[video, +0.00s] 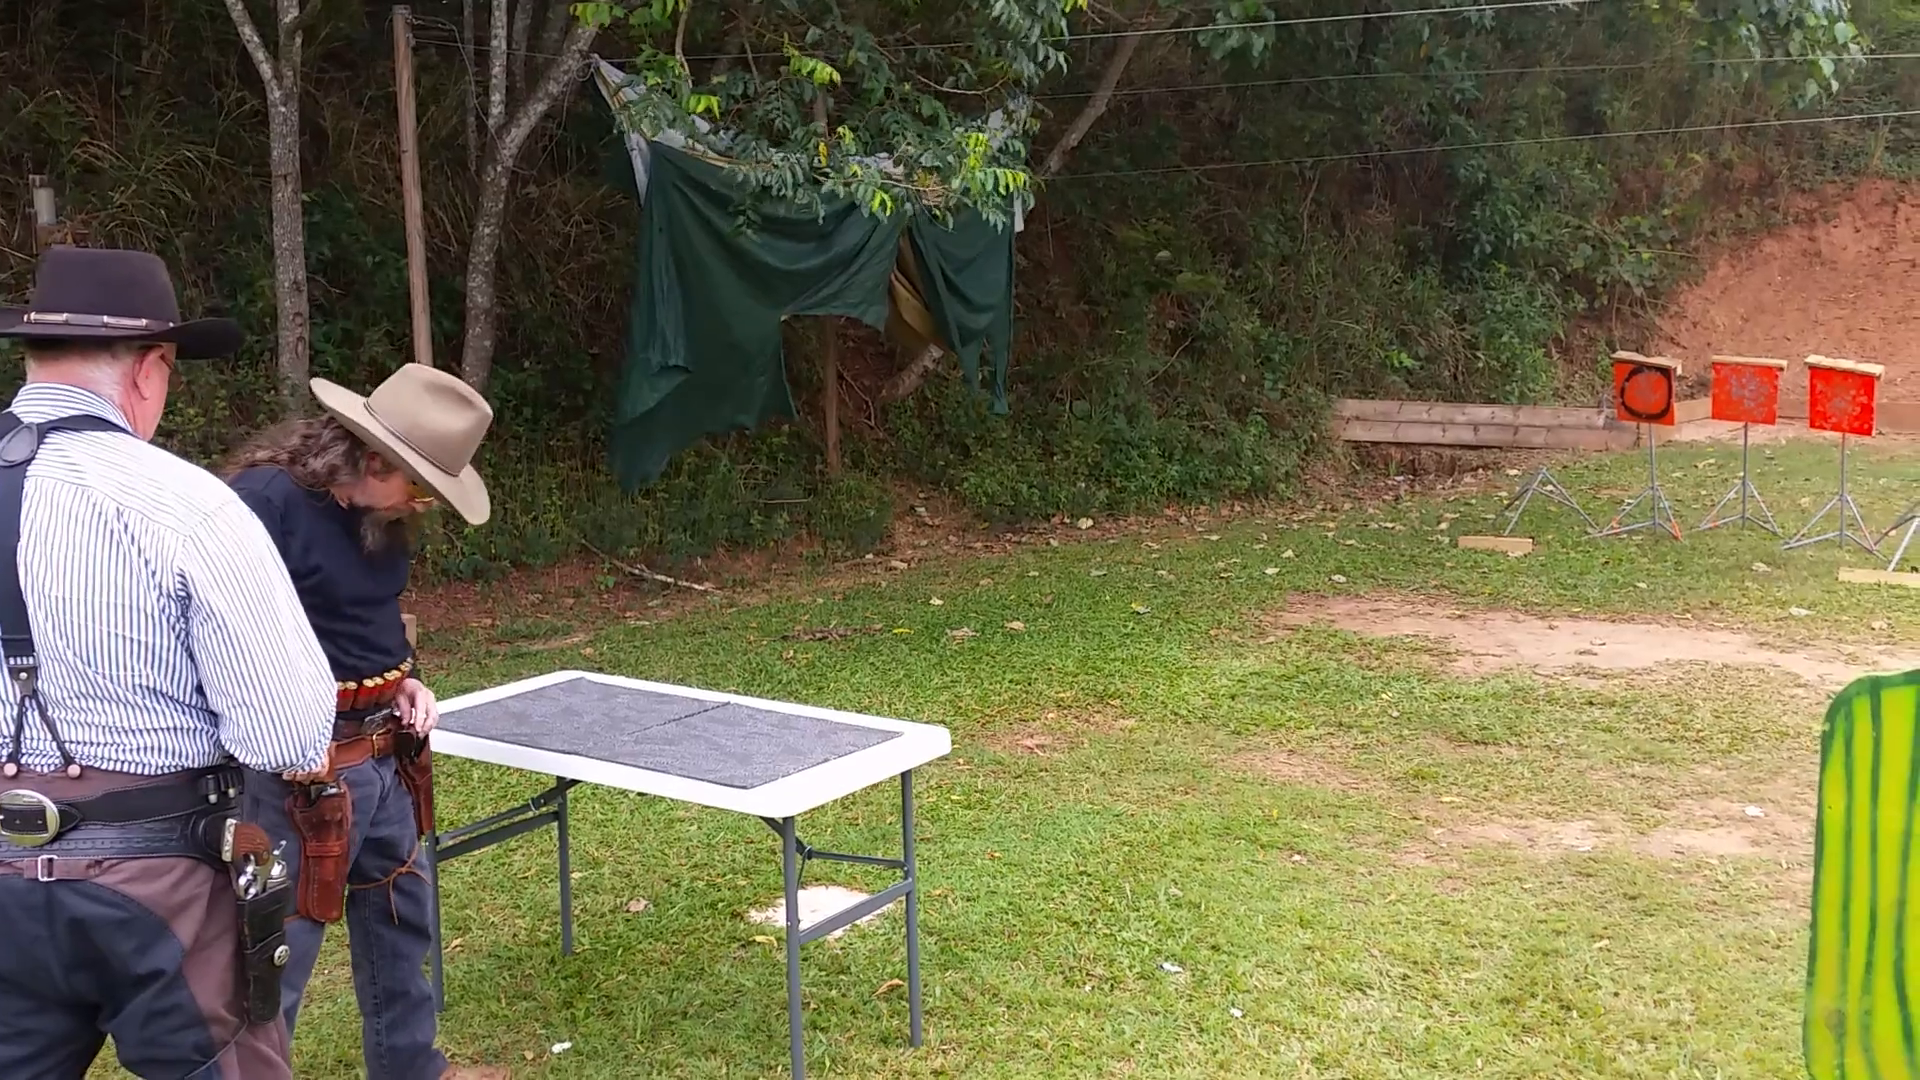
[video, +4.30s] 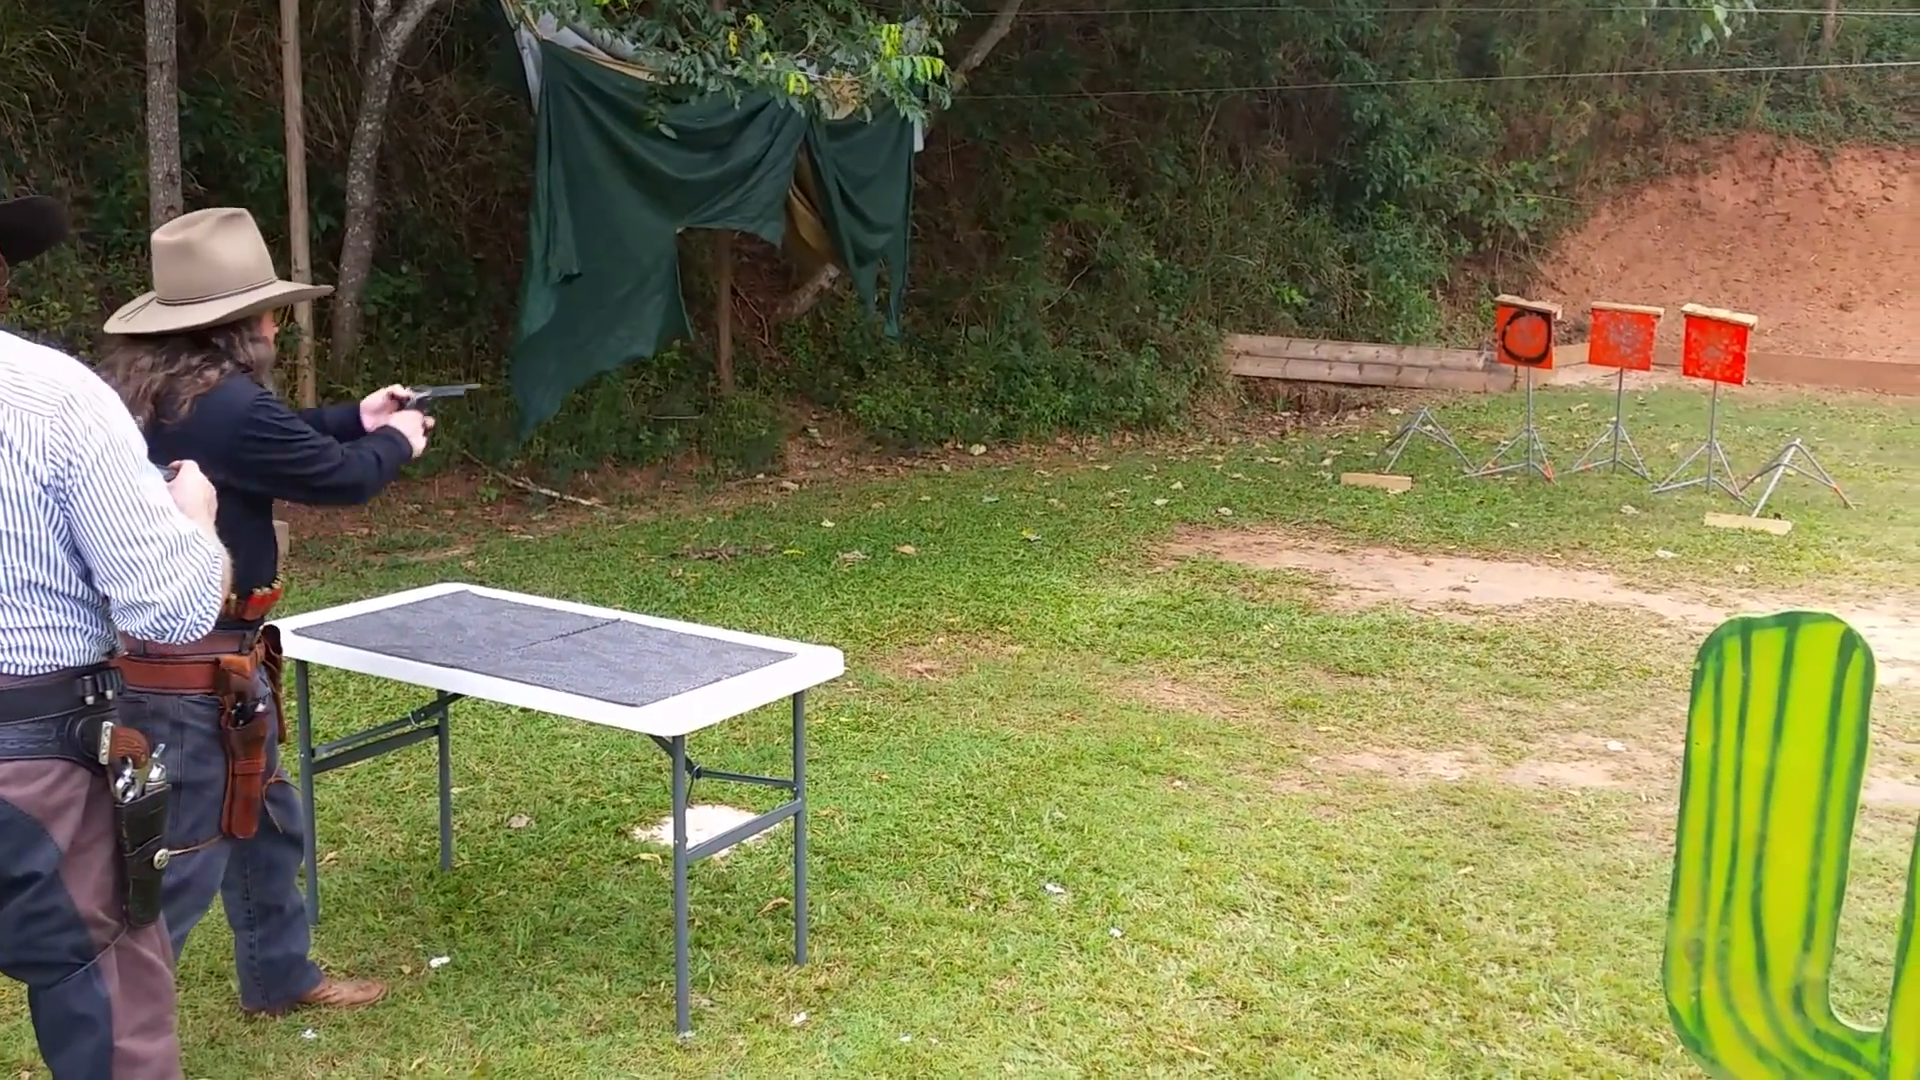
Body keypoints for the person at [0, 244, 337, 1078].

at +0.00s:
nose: (165, 398)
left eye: (171, 377)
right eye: (169, 375)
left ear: (36, 361)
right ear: (145, 374)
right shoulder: (182, 500)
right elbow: (287, 732)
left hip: (6, 857)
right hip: (155, 864)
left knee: (23, 1062)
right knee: (227, 1061)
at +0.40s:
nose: (156, 388)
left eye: (161, 366)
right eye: (160, 365)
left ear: (29, 351)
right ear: (137, 365)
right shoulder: (172, 490)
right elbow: (279, 725)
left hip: (3, 842)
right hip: (141, 850)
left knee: (18, 1061)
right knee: (215, 1060)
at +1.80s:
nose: (131, 322)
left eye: (131, 299)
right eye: (131, 298)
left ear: (1, 293)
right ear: (106, 299)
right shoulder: (150, 425)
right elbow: (321, 617)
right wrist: (298, 515)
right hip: (118, 785)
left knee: (7, 1040)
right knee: (189, 1051)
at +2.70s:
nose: (96, 299)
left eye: (97, 276)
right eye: (97, 276)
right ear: (80, 284)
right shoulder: (128, 417)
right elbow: (301, 559)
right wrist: (285, 482)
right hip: (90, 771)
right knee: (158, 1040)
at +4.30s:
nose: (20, 271)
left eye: (16, 262)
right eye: (18, 261)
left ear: (8, 266)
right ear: (12, 265)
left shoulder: (49, 390)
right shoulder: (46, 391)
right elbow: (172, 607)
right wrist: (197, 521)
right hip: (33, 754)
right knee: (113, 1028)